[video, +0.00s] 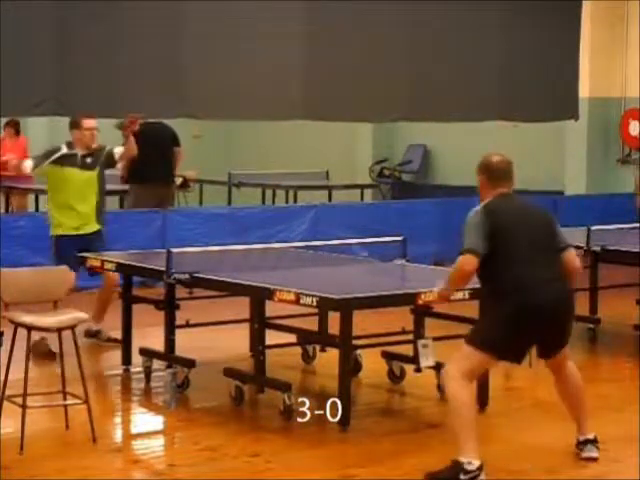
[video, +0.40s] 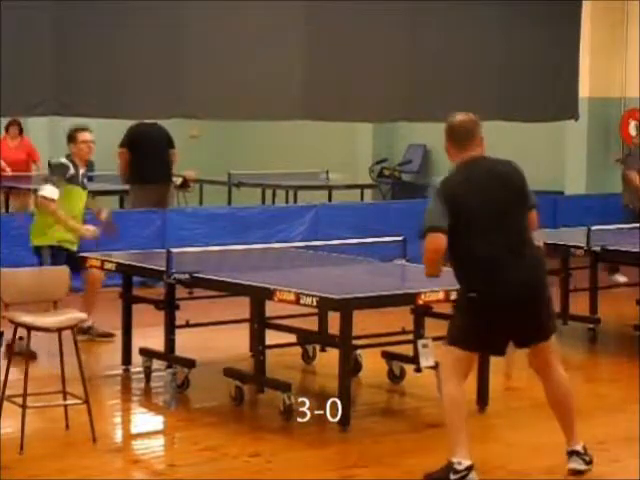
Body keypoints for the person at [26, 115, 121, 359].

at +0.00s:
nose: (94, 135)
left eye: (95, 130)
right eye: (88, 130)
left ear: (96, 133)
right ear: (74, 133)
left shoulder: (99, 155)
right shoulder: (59, 154)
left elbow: (128, 152)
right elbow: (30, 166)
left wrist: (130, 136)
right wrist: (23, 165)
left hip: (92, 228)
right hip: (64, 230)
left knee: (111, 280)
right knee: (63, 286)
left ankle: (95, 327)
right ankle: (44, 337)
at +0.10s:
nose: (83, 134)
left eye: (84, 129)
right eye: (78, 129)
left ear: (87, 131)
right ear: (65, 132)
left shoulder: (97, 156)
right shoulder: (50, 157)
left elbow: (124, 168)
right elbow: (23, 178)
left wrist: (130, 150)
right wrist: (17, 198)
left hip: (90, 231)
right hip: (60, 232)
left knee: (105, 280)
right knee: (55, 287)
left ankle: (95, 327)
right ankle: (38, 336)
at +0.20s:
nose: (84, 130)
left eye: (85, 126)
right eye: (78, 127)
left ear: (88, 129)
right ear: (66, 130)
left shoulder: (93, 156)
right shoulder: (51, 156)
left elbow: (120, 172)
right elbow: (26, 184)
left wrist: (130, 159)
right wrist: (26, 216)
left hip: (83, 230)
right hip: (55, 230)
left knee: (103, 277)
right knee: (54, 285)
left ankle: (96, 327)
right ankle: (37, 336)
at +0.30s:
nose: (88, 137)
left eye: (89, 133)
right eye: (82, 133)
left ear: (90, 137)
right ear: (69, 137)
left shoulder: (89, 164)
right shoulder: (57, 159)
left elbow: (94, 191)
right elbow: (36, 195)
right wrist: (55, 223)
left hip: (74, 234)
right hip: (51, 233)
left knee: (99, 269)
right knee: (52, 285)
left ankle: (89, 320)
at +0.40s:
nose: (90, 147)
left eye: (92, 143)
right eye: (84, 143)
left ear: (92, 146)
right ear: (72, 146)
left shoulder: (83, 171)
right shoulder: (62, 167)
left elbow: (78, 202)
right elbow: (44, 201)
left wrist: (96, 211)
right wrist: (78, 228)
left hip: (69, 240)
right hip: (49, 239)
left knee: (95, 273)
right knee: (50, 290)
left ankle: (84, 322)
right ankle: (23, 337)